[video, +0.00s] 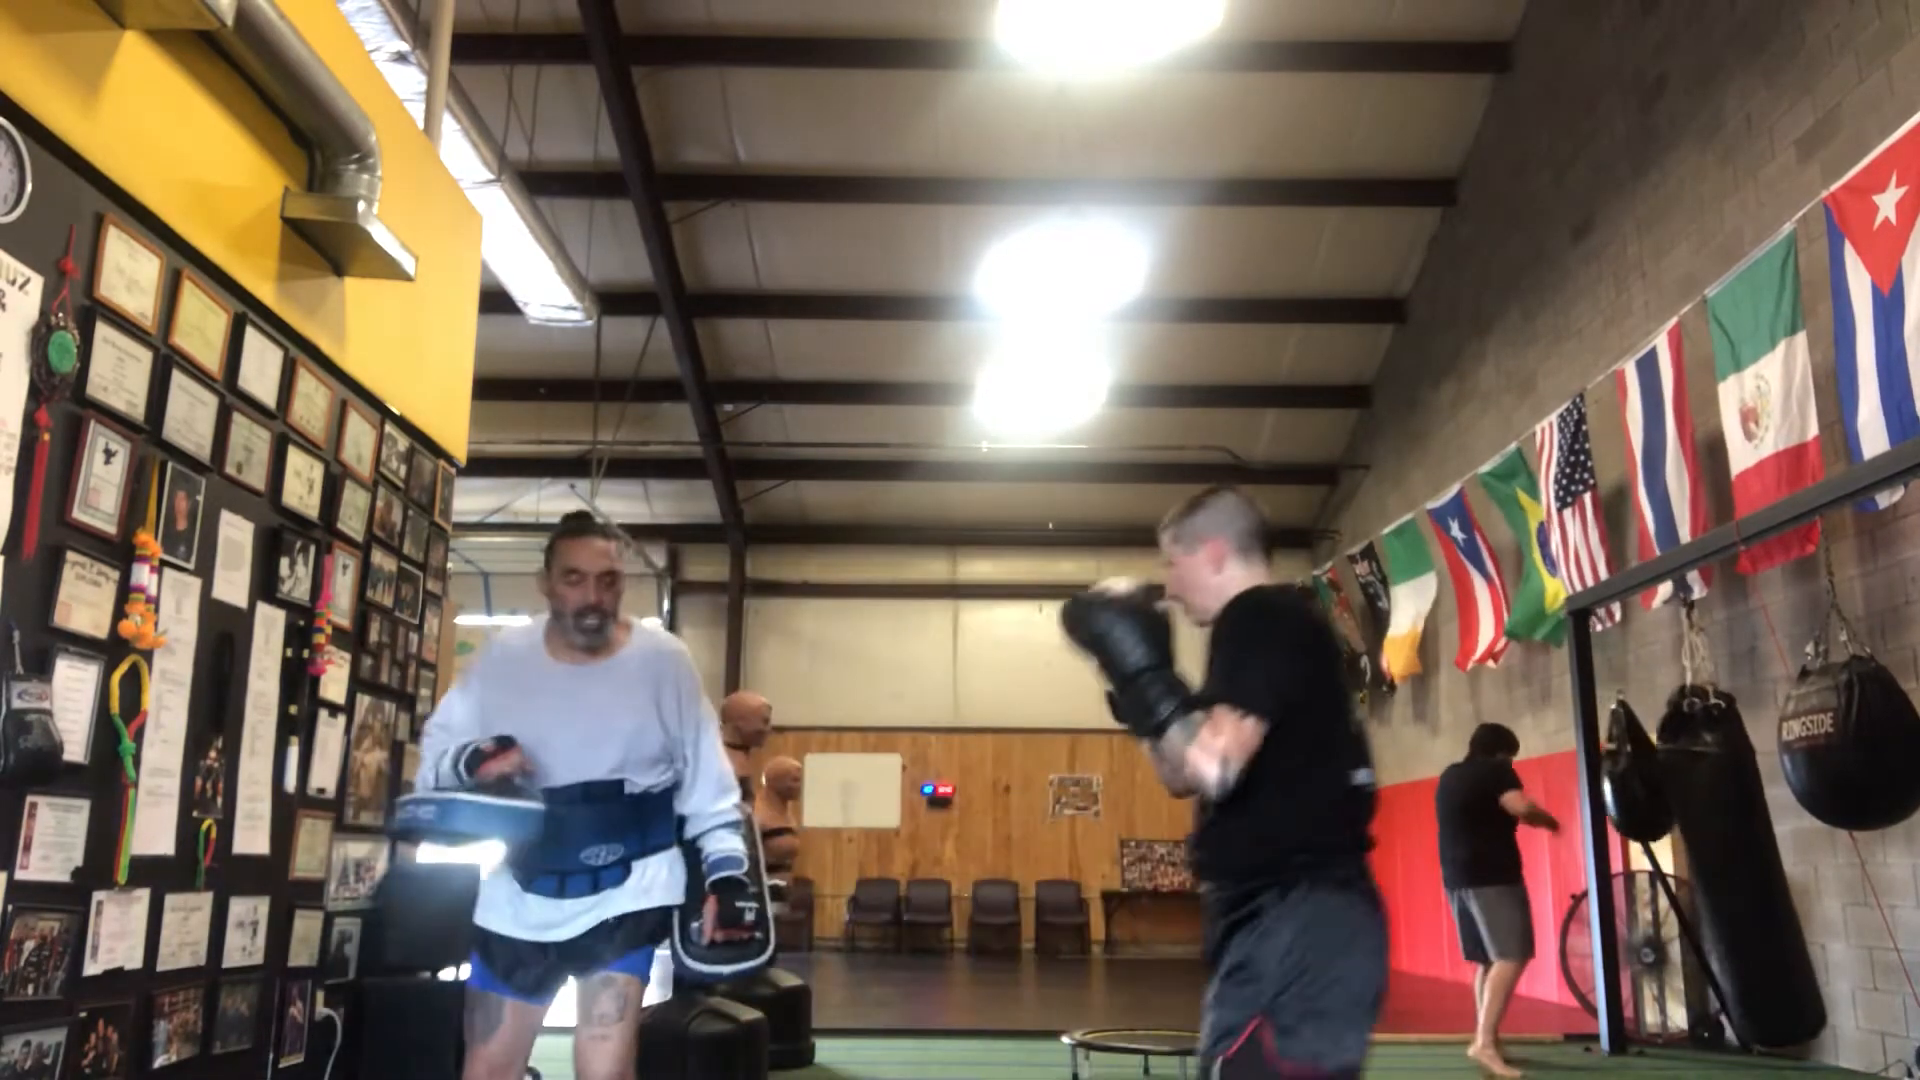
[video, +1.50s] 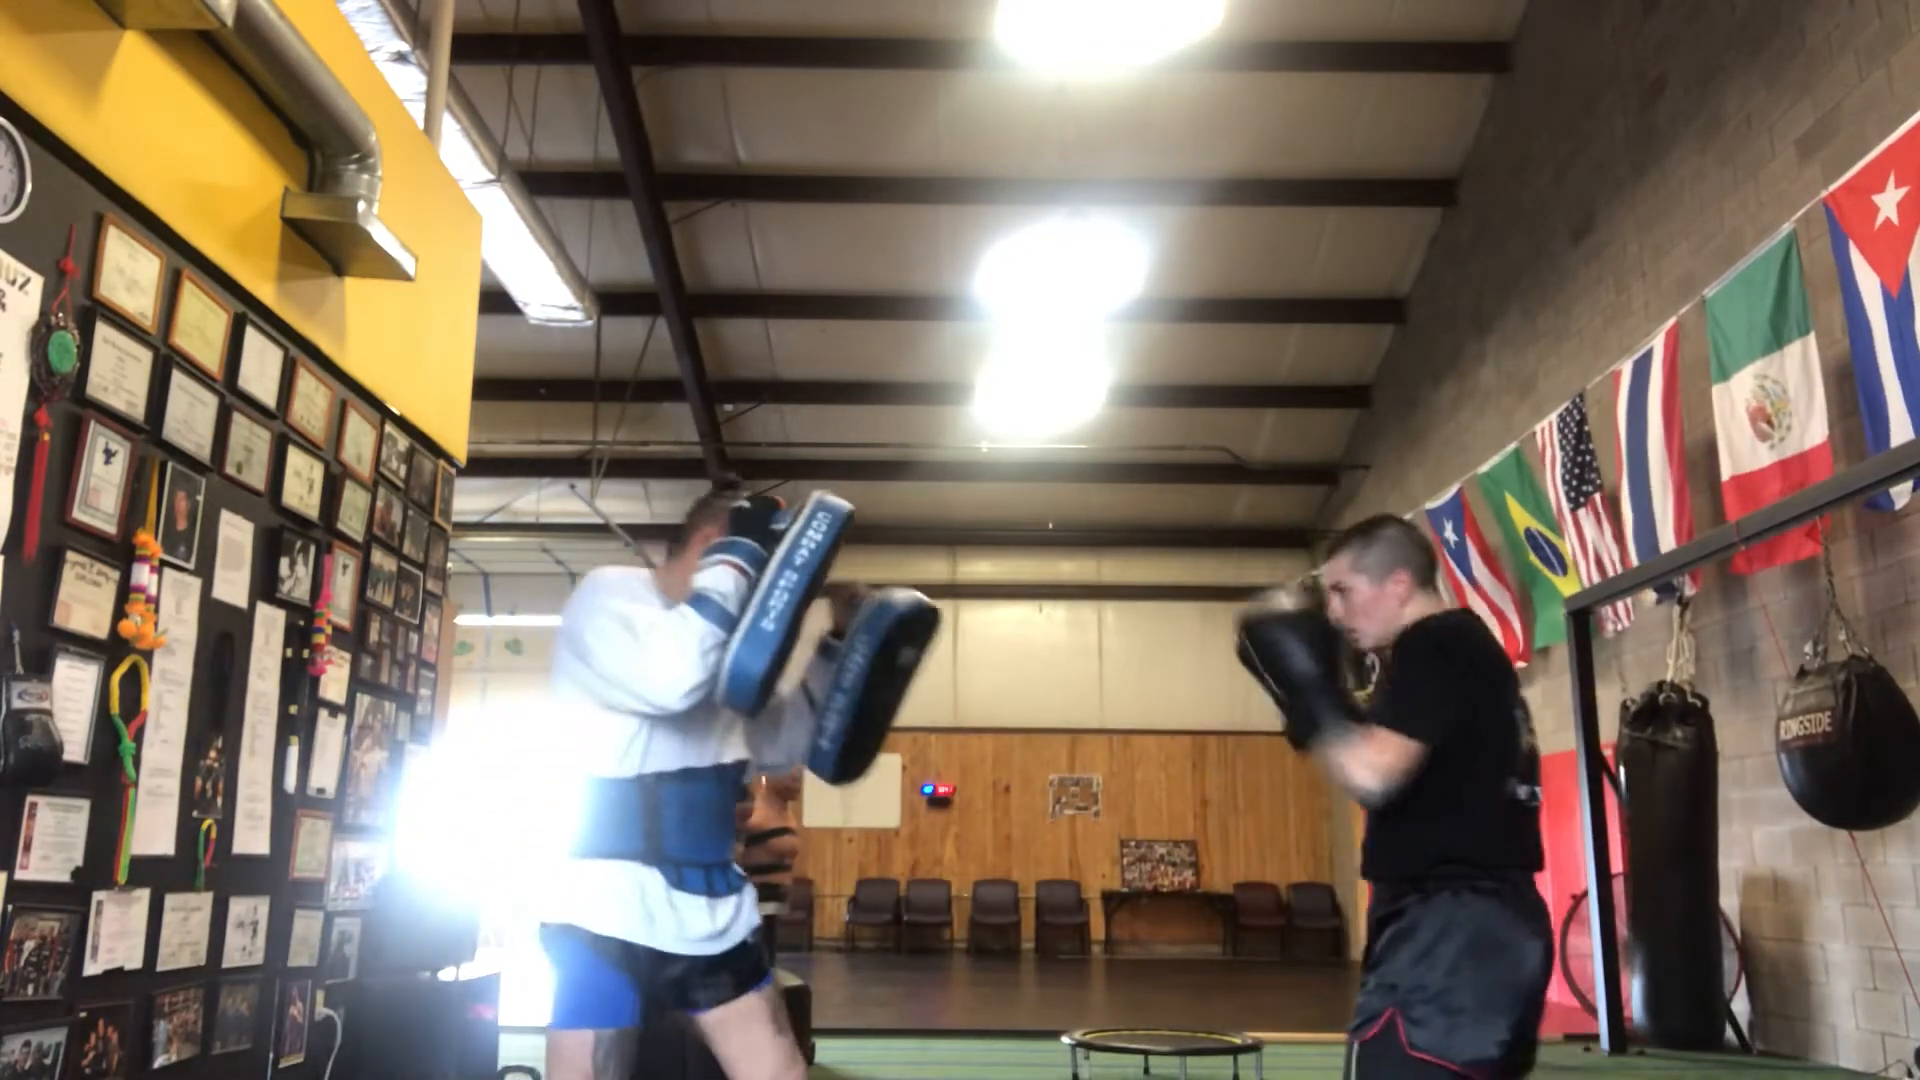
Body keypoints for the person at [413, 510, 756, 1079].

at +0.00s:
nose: (593, 597)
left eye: (607, 580)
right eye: (575, 580)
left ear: (623, 584)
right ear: (546, 586)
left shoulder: (663, 660)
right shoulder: (503, 659)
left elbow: (707, 774)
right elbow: (434, 756)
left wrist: (726, 873)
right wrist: (469, 763)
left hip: (631, 889)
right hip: (522, 887)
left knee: (604, 1067)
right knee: (488, 1068)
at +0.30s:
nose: (661, 599)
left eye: (670, 585)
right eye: (646, 579)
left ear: (674, 588)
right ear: (599, 573)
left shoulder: (678, 668)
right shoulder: (516, 641)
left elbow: (689, 799)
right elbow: (423, 755)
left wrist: (715, 886)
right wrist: (524, 752)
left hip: (637, 906)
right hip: (517, 901)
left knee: (655, 1071)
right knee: (489, 1072)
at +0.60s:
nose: (726, 600)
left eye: (736, 586)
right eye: (716, 577)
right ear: (666, 563)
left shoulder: (715, 672)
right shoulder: (570, 622)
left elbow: (718, 798)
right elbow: (471, 732)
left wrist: (757, 857)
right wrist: (584, 721)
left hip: (658, 917)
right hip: (536, 906)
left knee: (652, 1072)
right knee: (500, 1071)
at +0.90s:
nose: (727, 579)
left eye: (732, 564)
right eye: (713, 558)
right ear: (660, 550)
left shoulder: (717, 657)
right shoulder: (565, 617)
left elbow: (728, 775)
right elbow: (476, 737)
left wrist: (787, 767)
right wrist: (587, 708)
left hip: (673, 917)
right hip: (561, 908)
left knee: (654, 1072)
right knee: (560, 1071)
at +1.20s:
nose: (722, 576)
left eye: (726, 561)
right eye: (707, 555)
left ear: (654, 545)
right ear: (650, 544)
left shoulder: (696, 644)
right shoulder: (555, 608)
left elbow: (731, 760)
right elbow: (522, 752)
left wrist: (789, 682)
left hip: (691, 904)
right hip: (575, 905)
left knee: (757, 1063)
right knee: (570, 1074)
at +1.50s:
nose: (729, 568)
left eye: (744, 558)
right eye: (722, 552)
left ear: (744, 565)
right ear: (694, 543)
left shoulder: (731, 644)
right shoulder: (607, 593)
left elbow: (777, 746)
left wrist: (840, 643)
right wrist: (738, 560)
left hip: (713, 911)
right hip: (602, 910)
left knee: (776, 1069)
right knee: (581, 1072)